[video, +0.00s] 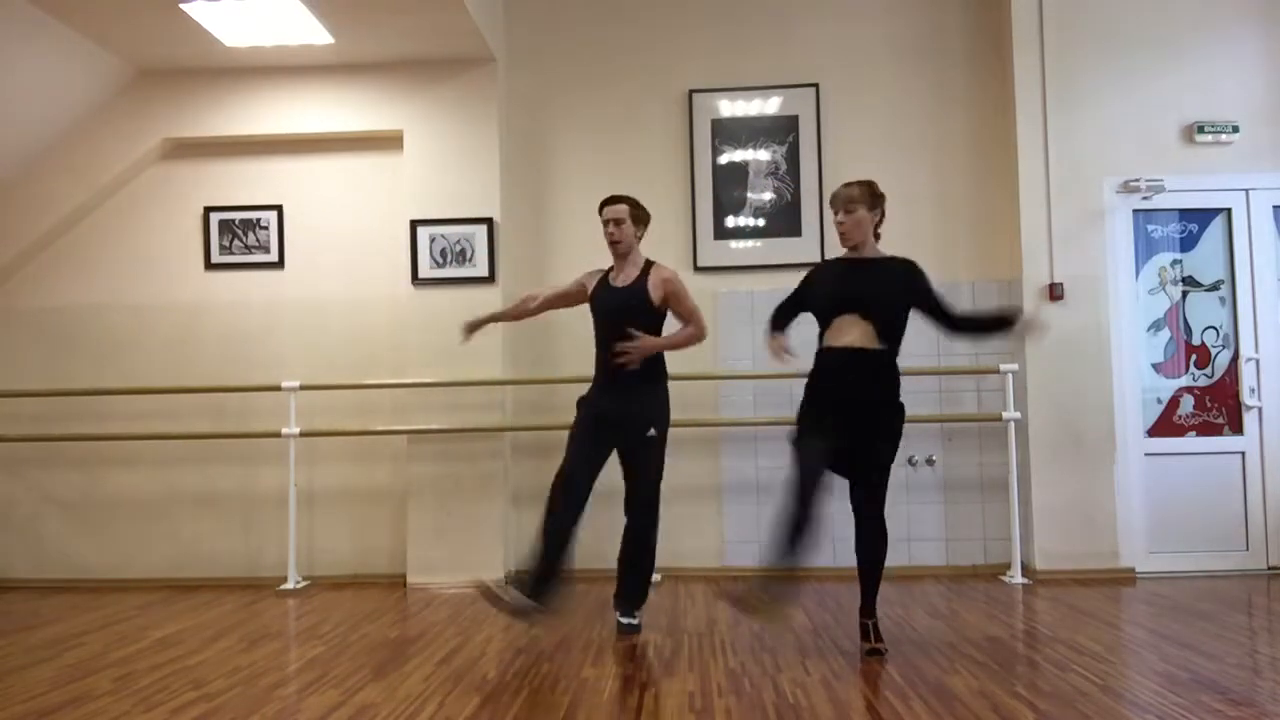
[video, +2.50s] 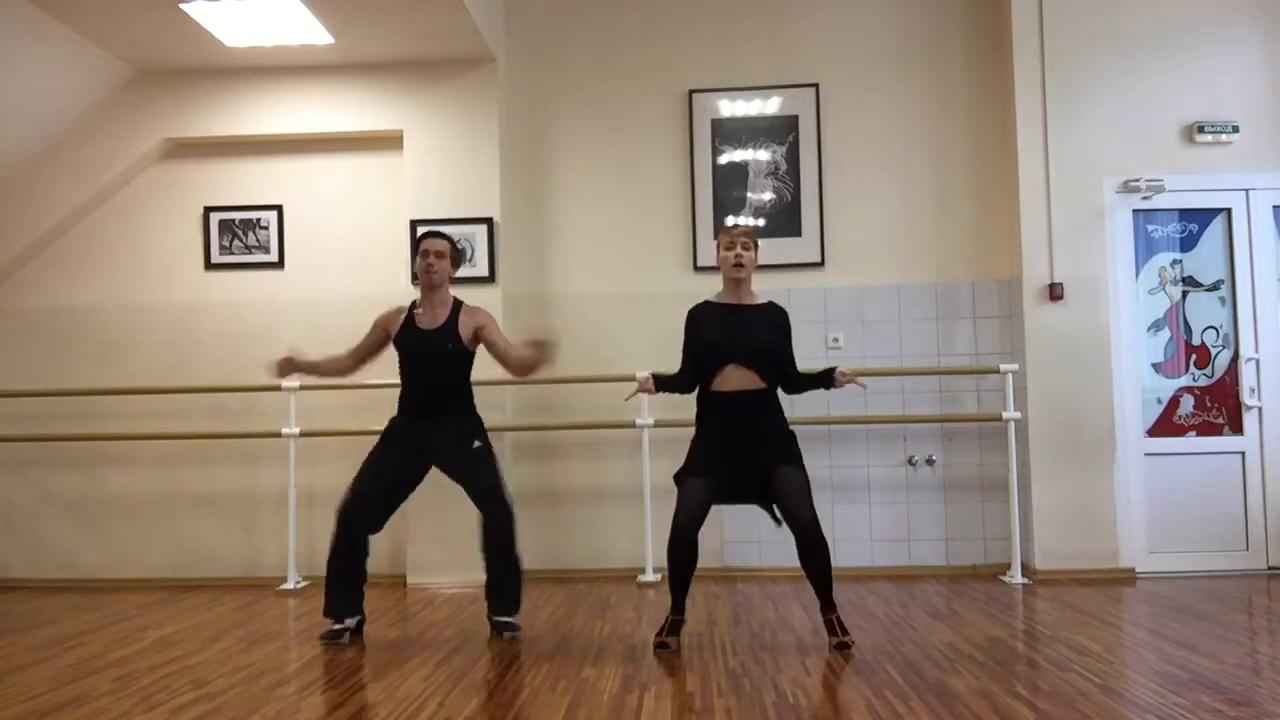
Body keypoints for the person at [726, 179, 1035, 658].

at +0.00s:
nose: (840, 221)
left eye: (850, 212)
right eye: (836, 214)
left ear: (876, 216)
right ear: (834, 220)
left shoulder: (902, 273)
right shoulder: (823, 274)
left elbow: (953, 322)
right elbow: (784, 312)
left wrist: (1012, 319)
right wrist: (776, 332)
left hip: (877, 392)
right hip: (826, 389)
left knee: (868, 506)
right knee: (805, 482)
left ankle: (868, 614)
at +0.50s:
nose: (824, 225)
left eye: (833, 215)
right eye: (821, 217)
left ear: (859, 218)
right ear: (820, 223)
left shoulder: (896, 262)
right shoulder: (820, 275)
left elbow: (949, 291)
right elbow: (782, 297)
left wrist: (963, 289)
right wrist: (740, 297)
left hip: (883, 394)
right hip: (830, 388)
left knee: (868, 513)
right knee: (781, 472)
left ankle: (855, 616)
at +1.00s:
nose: (789, 236)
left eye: (799, 228)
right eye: (788, 229)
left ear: (828, 235)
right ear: (793, 239)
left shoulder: (857, 286)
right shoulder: (781, 292)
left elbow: (898, 330)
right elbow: (796, 338)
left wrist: (878, 371)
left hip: (865, 404)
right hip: (817, 413)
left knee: (856, 522)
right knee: (849, 528)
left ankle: (850, 617)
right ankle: (928, 600)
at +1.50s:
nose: (744, 224)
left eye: (751, 214)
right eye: (743, 216)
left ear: (780, 216)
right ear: (757, 220)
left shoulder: (811, 263)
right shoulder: (740, 277)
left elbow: (851, 287)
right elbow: (721, 332)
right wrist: (711, 383)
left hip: (811, 393)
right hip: (760, 394)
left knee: (823, 502)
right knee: (734, 499)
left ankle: (845, 606)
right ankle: (711, 605)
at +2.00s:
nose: (733, 226)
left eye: (741, 220)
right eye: (726, 220)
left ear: (753, 229)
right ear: (714, 228)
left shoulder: (771, 286)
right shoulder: (696, 289)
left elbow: (793, 351)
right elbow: (684, 356)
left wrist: (819, 335)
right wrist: (667, 330)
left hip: (763, 399)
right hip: (711, 402)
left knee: (795, 502)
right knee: (686, 506)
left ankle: (826, 599)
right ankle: (674, 607)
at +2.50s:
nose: (737, 253)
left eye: (745, 247)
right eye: (729, 247)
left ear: (756, 258)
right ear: (717, 257)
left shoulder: (774, 315)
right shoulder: (700, 315)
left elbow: (789, 381)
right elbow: (689, 379)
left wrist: (828, 377)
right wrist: (658, 381)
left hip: (766, 428)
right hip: (714, 430)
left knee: (805, 521)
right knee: (683, 526)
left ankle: (830, 614)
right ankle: (676, 614)